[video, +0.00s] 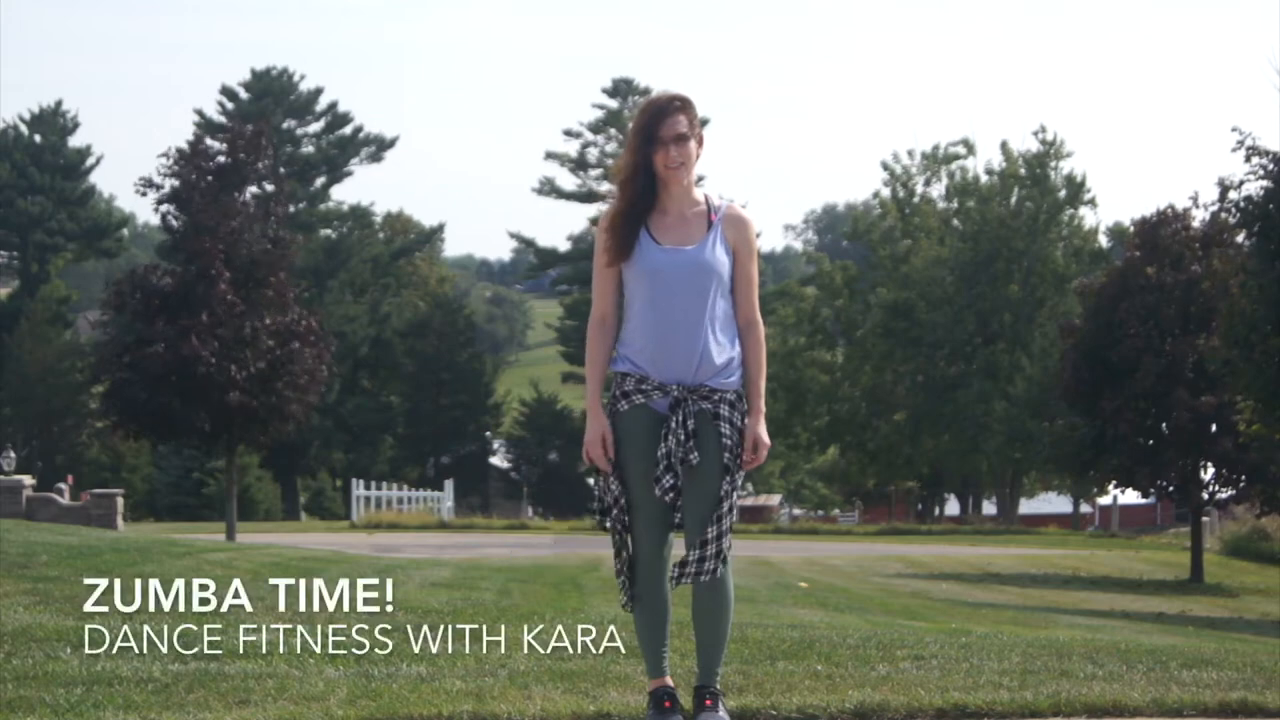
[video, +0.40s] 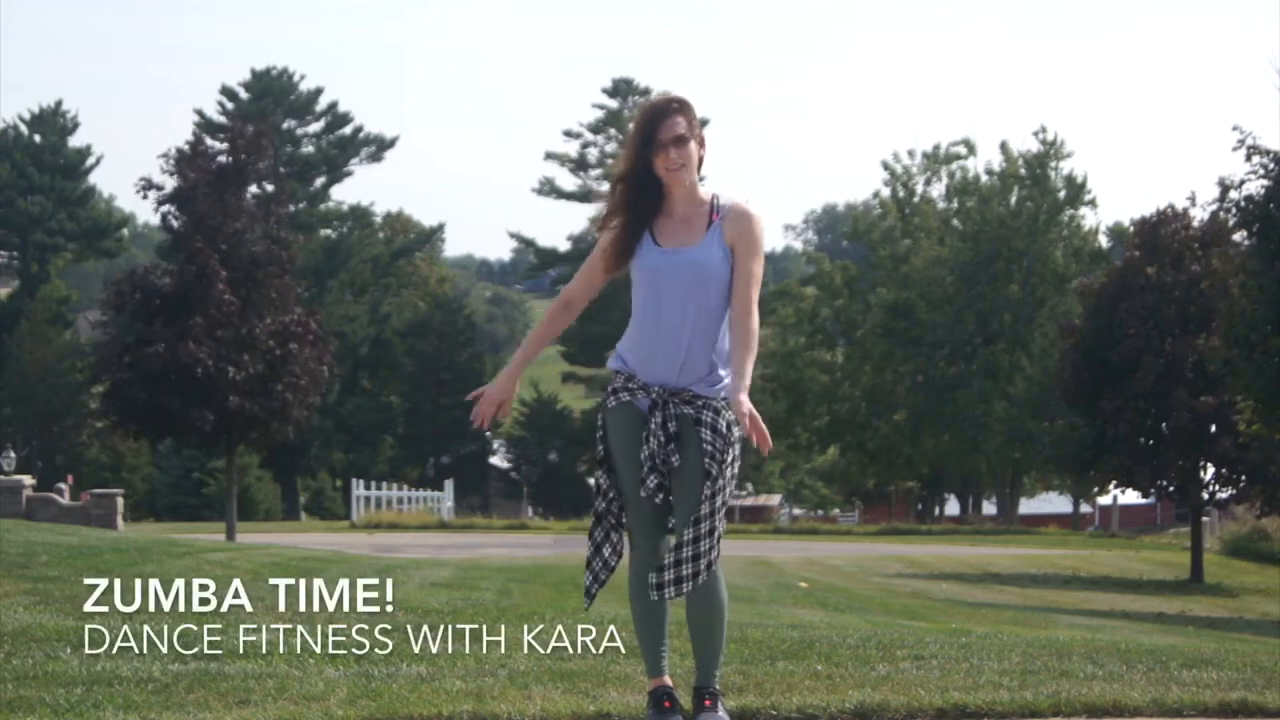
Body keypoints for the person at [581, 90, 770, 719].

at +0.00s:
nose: (675, 150)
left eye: (685, 139)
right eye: (663, 141)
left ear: (700, 145)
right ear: (646, 150)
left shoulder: (732, 223)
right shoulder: (619, 224)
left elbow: (751, 323)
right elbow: (601, 321)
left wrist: (757, 410)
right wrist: (593, 408)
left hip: (716, 395)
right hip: (638, 392)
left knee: (710, 546)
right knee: (648, 545)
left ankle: (709, 690)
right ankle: (659, 684)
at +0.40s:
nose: (677, 151)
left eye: (685, 139)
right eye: (664, 143)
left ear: (701, 144)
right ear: (647, 156)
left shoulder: (738, 222)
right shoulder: (632, 226)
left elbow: (745, 312)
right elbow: (570, 302)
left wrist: (740, 391)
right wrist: (509, 374)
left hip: (704, 398)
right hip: (634, 392)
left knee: (696, 545)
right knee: (646, 541)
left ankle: (707, 692)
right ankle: (660, 686)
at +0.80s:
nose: (685, 164)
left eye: (693, 154)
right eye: (673, 154)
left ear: (702, 156)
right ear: (649, 158)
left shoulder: (726, 216)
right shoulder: (635, 238)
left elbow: (805, 287)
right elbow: (572, 321)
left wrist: (785, 373)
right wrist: (485, 348)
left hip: (705, 404)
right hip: (638, 398)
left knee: (689, 554)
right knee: (646, 550)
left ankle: (706, 694)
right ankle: (657, 686)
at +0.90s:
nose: (689, 162)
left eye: (696, 151)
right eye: (677, 152)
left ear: (705, 154)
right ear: (649, 155)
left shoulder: (725, 215)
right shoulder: (626, 233)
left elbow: (818, 268)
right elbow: (575, 319)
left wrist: (844, 352)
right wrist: (499, 359)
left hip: (712, 401)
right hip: (645, 397)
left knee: (694, 547)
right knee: (642, 547)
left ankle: (707, 693)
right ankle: (656, 685)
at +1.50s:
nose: (704, 169)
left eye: (713, 159)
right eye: (694, 157)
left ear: (721, 166)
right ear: (669, 160)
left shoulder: (722, 243)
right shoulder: (633, 226)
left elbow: (784, 322)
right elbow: (586, 302)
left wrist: (868, 307)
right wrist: (592, 381)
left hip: (739, 408)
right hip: (671, 410)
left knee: (728, 559)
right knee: (693, 557)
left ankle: (712, 691)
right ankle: (667, 691)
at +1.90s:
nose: (715, 156)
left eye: (724, 146)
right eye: (703, 147)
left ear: (737, 154)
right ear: (684, 156)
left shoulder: (730, 232)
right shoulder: (664, 219)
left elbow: (750, 333)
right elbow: (594, 289)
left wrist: (817, 382)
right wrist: (569, 382)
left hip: (711, 408)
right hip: (663, 402)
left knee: (723, 551)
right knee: (692, 545)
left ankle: (711, 694)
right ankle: (664, 694)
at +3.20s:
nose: (688, 150)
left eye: (699, 142)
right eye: (678, 138)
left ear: (710, 153)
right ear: (655, 147)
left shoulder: (726, 216)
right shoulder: (638, 234)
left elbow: (818, 267)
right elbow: (627, 328)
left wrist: (883, 337)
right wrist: (614, 400)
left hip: (730, 403)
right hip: (669, 405)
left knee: (710, 547)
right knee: (662, 550)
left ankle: (708, 693)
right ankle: (661, 687)